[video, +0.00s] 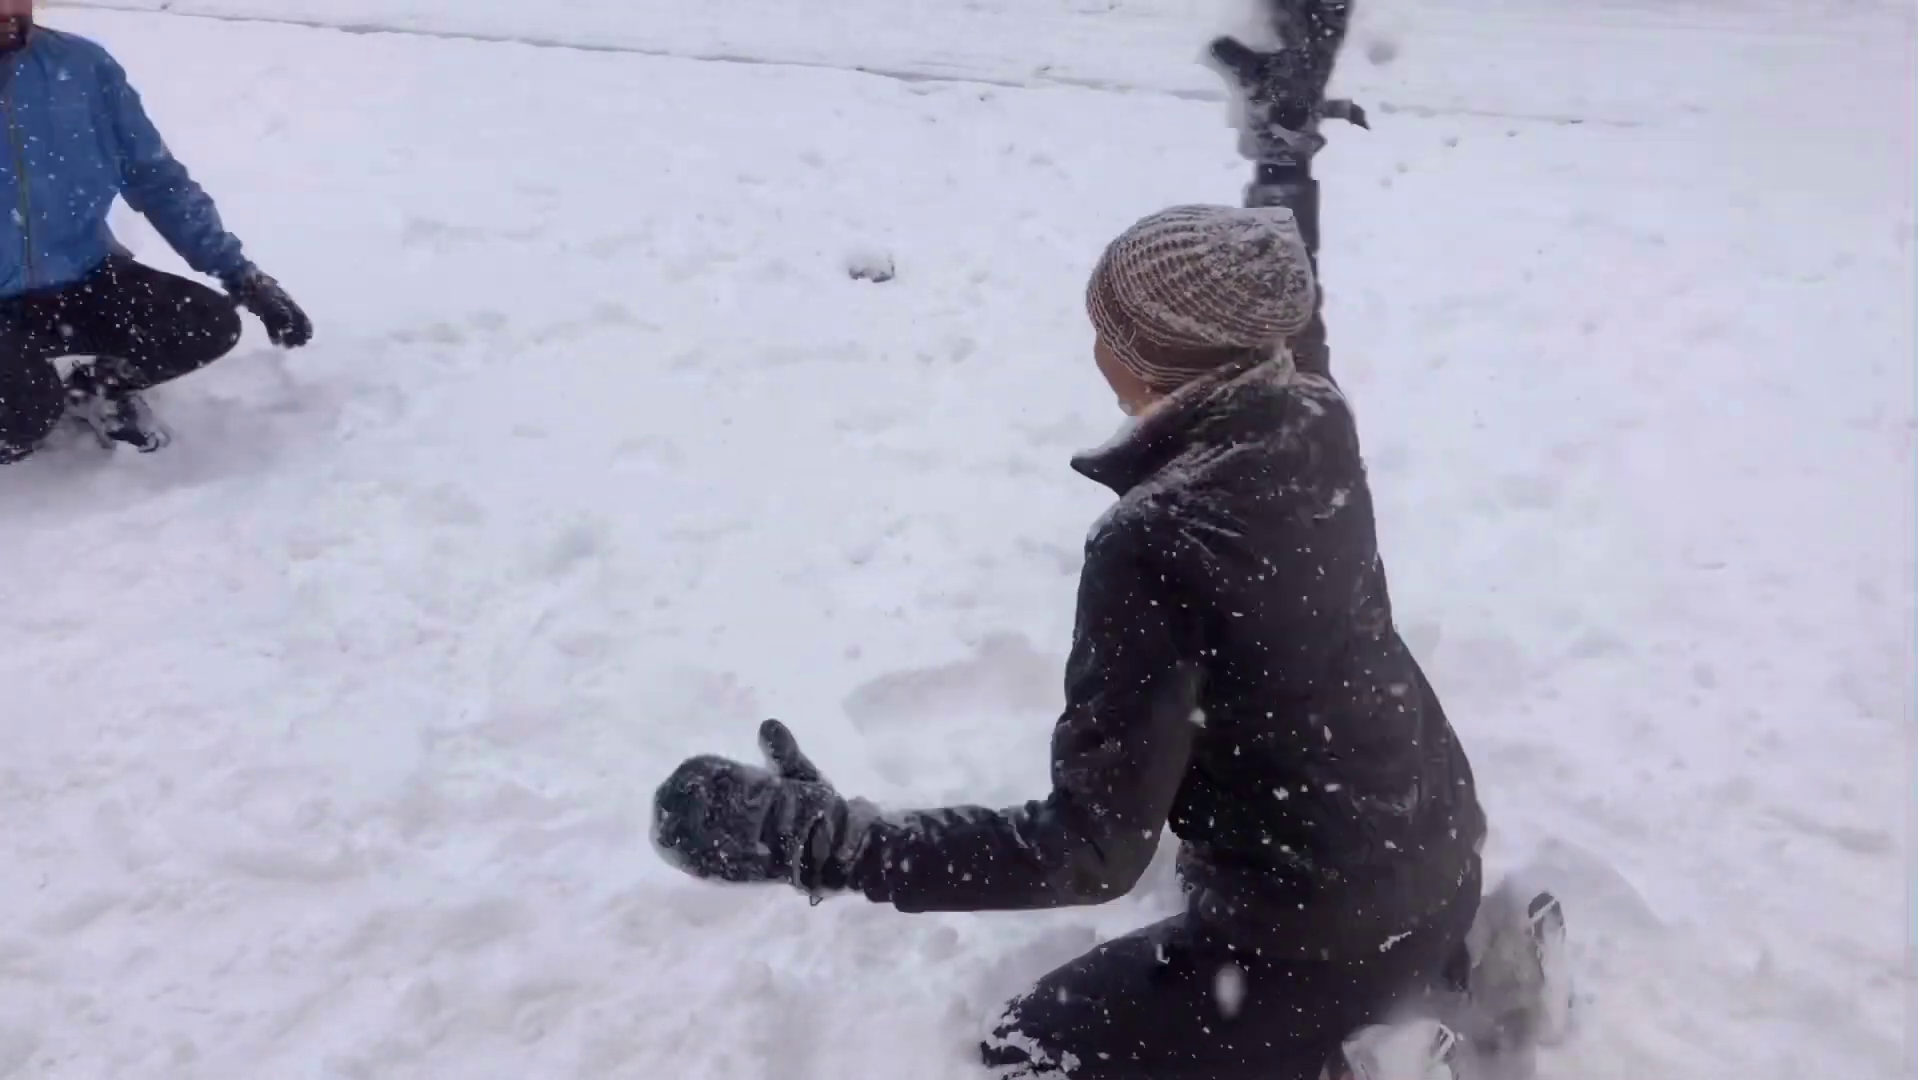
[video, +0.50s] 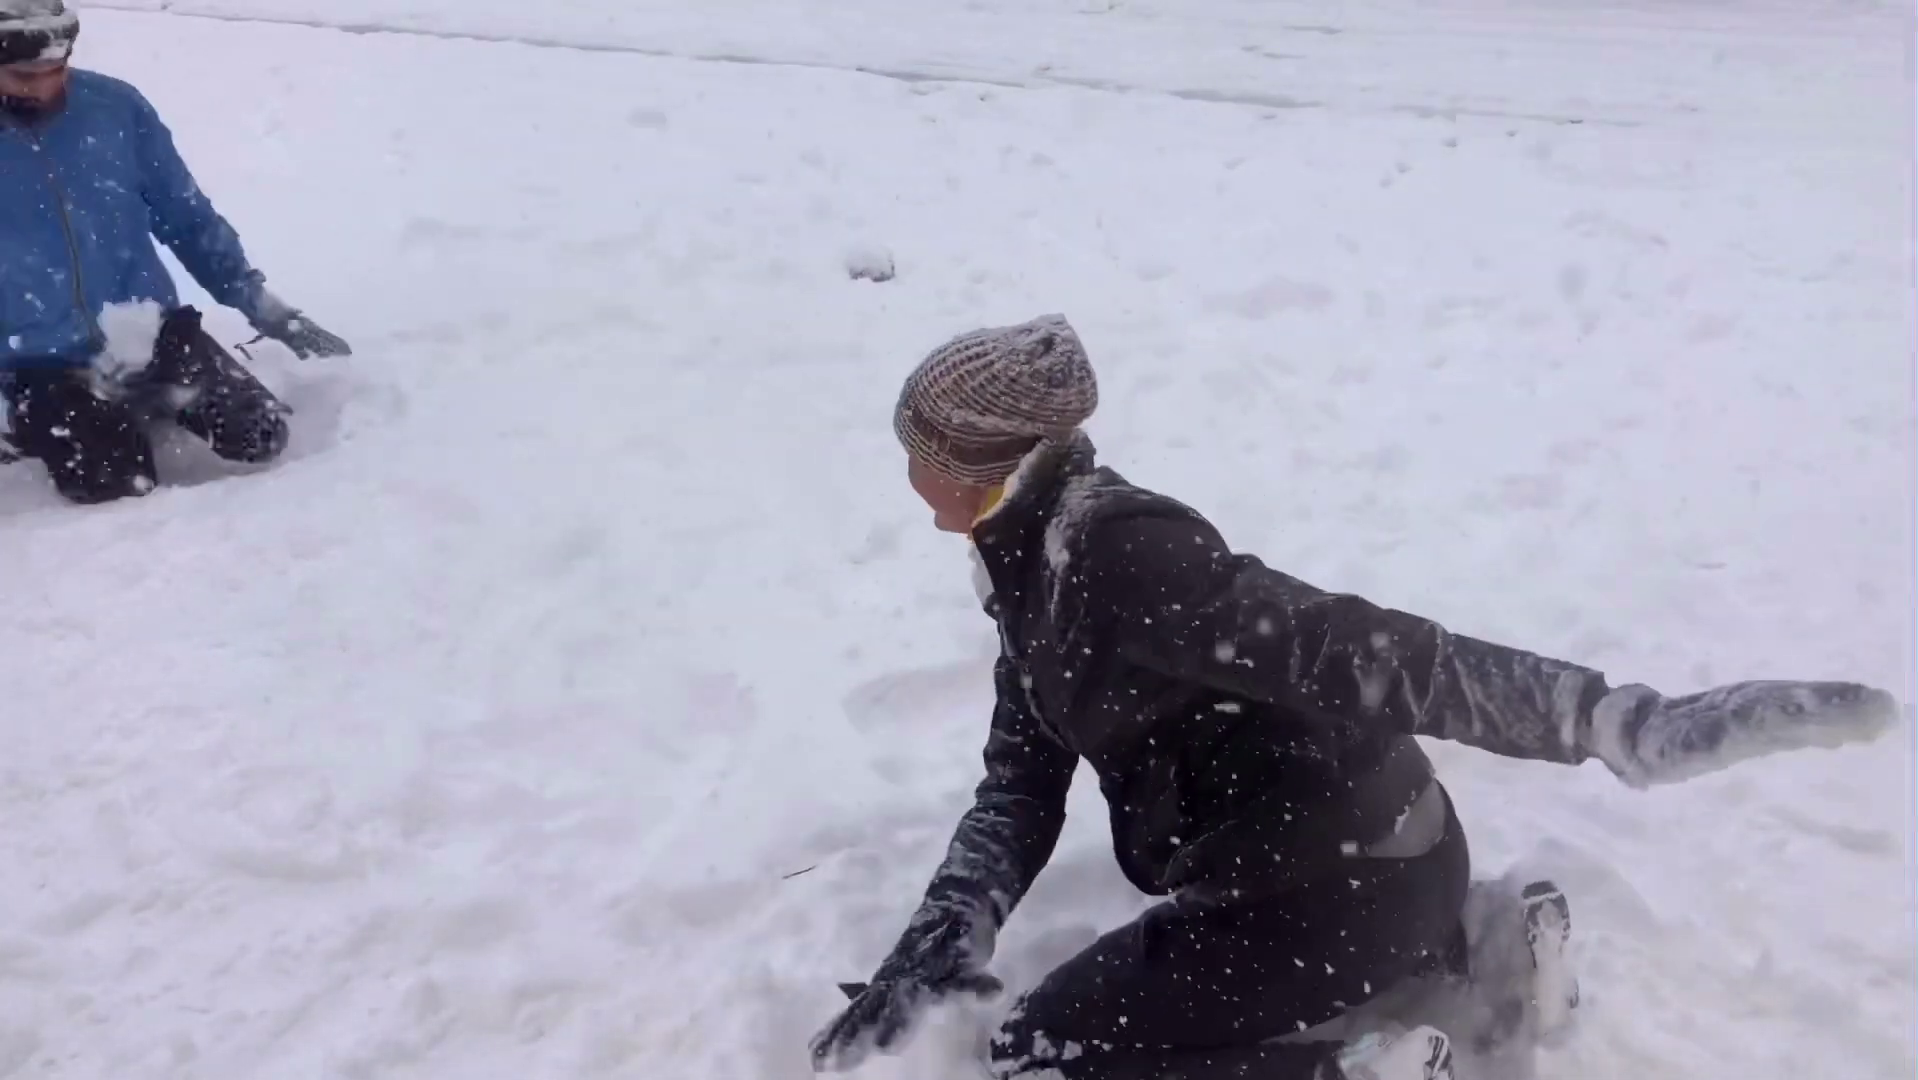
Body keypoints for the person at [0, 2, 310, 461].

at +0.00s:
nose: (13, 12)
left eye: (19, 2)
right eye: (4, 5)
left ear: (33, 4)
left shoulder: (82, 68)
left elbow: (158, 182)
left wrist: (244, 277)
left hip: (83, 284)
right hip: (5, 305)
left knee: (210, 323)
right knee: (25, 411)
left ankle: (100, 384)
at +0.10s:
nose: (11, 18)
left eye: (11, 7)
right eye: (5, 8)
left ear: (17, 12)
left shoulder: (73, 82)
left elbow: (157, 196)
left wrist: (243, 277)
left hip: (104, 305)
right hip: (12, 332)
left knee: (236, 363)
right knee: (44, 451)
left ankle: (113, 379)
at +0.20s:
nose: (6, 20)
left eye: (5, 10)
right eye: (2, 11)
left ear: (11, 15)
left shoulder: (71, 87)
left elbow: (150, 203)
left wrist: (235, 280)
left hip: (120, 316)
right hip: (20, 344)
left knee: (248, 397)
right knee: (63, 479)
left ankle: (132, 378)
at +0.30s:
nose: (8, 45)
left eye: (11, 28)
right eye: (0, 33)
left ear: (19, 26)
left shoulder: (79, 96)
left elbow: (155, 214)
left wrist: (237, 298)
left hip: (132, 321)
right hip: (25, 350)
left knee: (250, 416)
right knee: (81, 482)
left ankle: (150, 396)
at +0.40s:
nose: (19, 52)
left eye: (28, 32)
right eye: (7, 37)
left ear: (41, 31)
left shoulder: (91, 101)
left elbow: (167, 213)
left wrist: (247, 304)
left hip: (142, 324)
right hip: (36, 352)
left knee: (251, 431)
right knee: (87, 479)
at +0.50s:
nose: (46, 87)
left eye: (56, 68)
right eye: (26, 75)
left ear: (69, 53)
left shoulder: (116, 108)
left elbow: (188, 219)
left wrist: (262, 305)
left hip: (149, 327)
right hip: (41, 359)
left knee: (262, 436)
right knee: (115, 484)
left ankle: (165, 388)